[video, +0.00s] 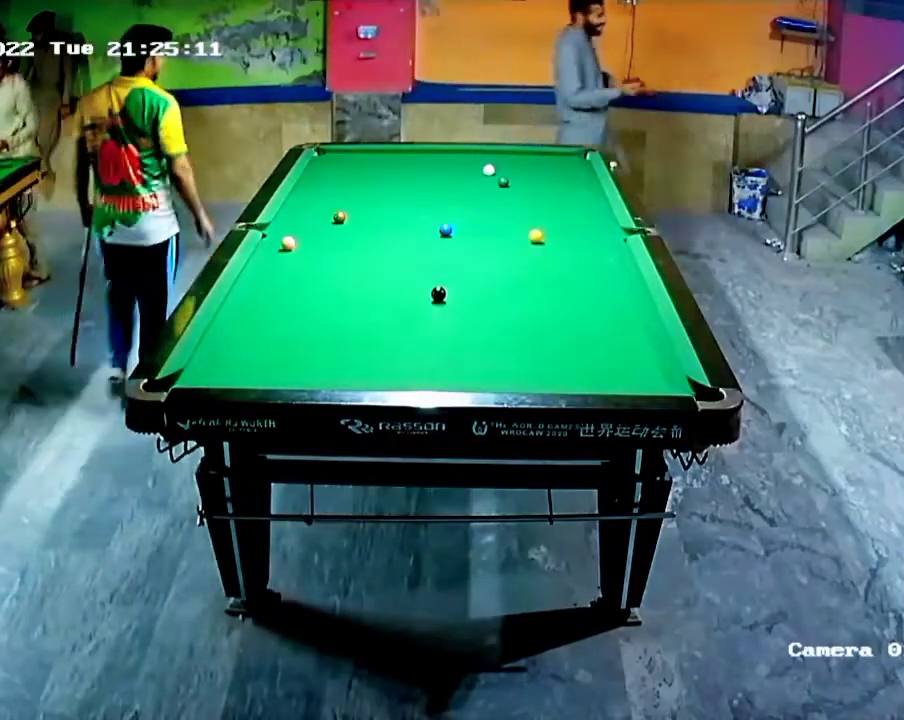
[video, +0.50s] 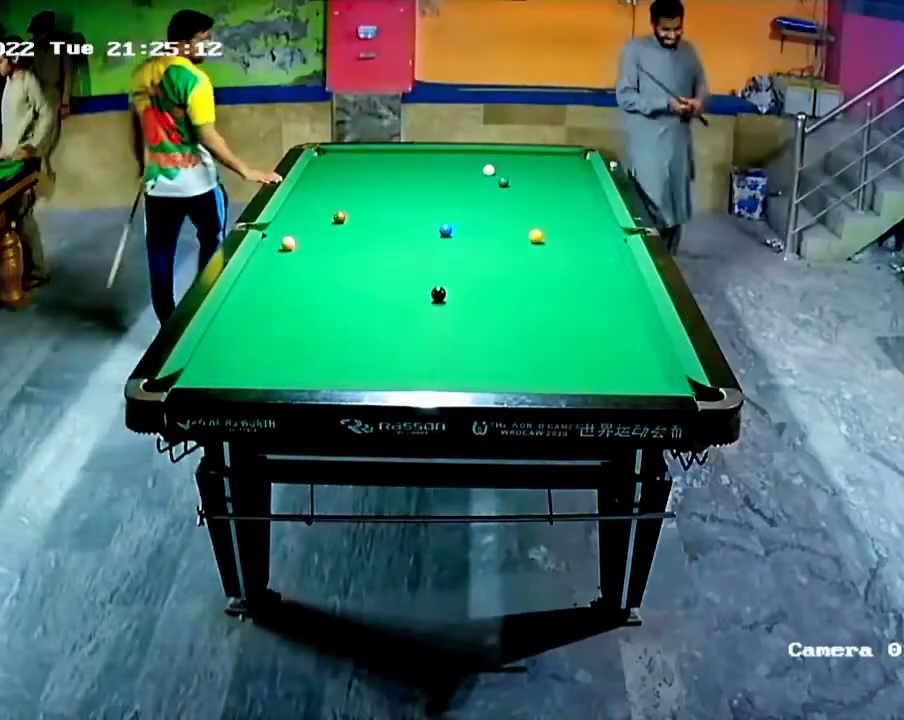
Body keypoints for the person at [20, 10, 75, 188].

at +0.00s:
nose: (35, 37)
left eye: (38, 33)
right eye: (34, 33)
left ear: (47, 32)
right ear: (37, 34)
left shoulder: (61, 49)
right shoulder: (34, 49)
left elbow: (68, 75)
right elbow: (27, 72)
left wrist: (66, 100)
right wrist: (21, 88)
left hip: (54, 94)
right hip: (38, 93)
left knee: (53, 130)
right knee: (41, 128)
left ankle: (45, 159)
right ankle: (44, 163)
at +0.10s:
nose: (35, 37)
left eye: (38, 33)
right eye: (34, 33)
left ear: (48, 31)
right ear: (36, 33)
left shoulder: (61, 50)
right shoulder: (34, 50)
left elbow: (67, 77)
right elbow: (29, 73)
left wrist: (65, 101)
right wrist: (25, 94)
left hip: (53, 96)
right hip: (35, 96)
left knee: (52, 133)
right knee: (38, 131)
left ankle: (44, 161)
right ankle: (44, 167)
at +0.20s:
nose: (35, 37)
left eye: (38, 32)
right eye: (34, 33)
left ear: (48, 31)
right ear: (35, 32)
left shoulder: (61, 49)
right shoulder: (34, 49)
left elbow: (67, 76)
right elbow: (29, 71)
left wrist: (65, 101)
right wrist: (26, 92)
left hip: (53, 94)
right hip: (35, 93)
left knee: (51, 130)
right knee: (38, 129)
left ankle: (44, 160)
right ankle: (44, 164)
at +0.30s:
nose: (35, 36)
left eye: (38, 32)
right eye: (34, 32)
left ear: (48, 30)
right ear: (35, 32)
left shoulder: (61, 46)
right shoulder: (34, 48)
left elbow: (67, 74)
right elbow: (29, 72)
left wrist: (66, 100)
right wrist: (26, 92)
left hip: (52, 95)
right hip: (34, 94)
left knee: (50, 132)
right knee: (35, 130)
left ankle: (44, 161)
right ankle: (40, 163)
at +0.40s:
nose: (37, 37)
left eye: (40, 32)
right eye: (35, 32)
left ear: (49, 31)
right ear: (34, 32)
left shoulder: (60, 48)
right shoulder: (32, 49)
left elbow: (67, 75)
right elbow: (29, 72)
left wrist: (65, 101)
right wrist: (27, 93)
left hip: (53, 95)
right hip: (34, 94)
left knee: (51, 132)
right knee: (35, 130)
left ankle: (45, 160)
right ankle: (38, 162)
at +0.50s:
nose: (37, 37)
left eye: (40, 32)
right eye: (35, 32)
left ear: (50, 31)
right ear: (34, 32)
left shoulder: (60, 48)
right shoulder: (32, 49)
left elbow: (67, 75)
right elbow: (27, 72)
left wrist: (65, 101)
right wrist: (25, 94)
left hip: (52, 96)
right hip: (33, 95)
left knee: (50, 133)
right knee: (34, 131)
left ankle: (46, 161)